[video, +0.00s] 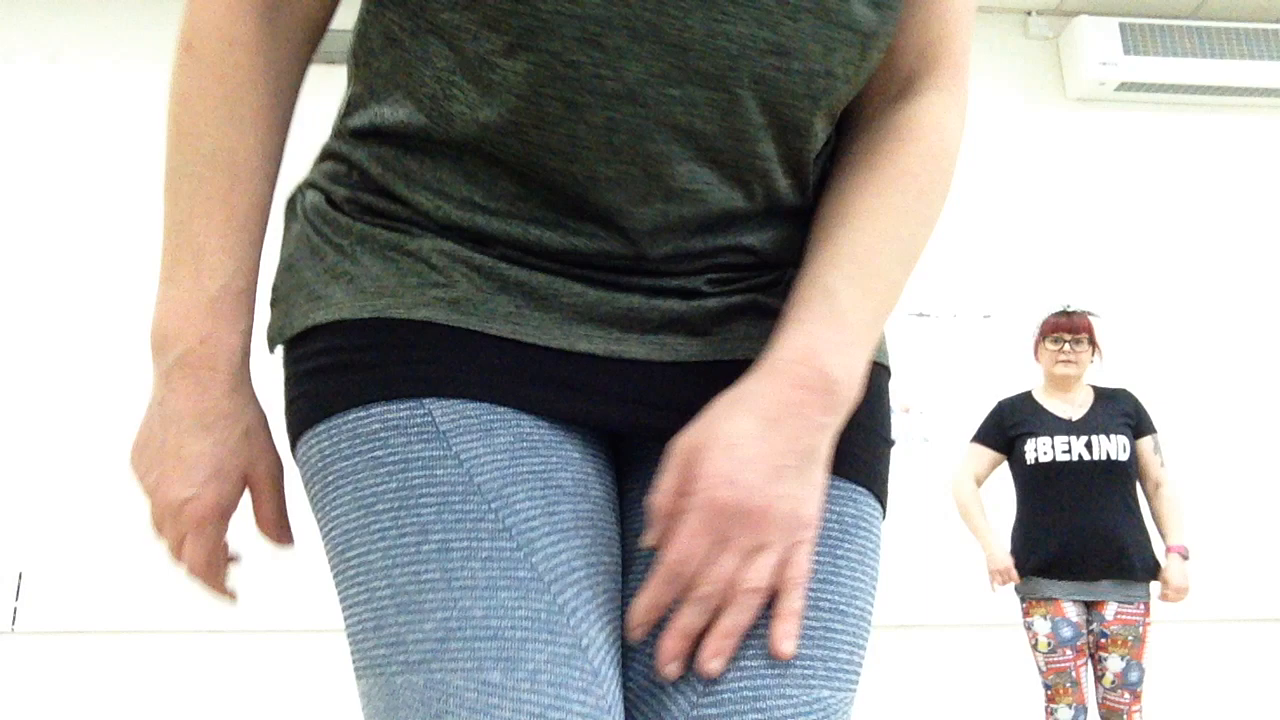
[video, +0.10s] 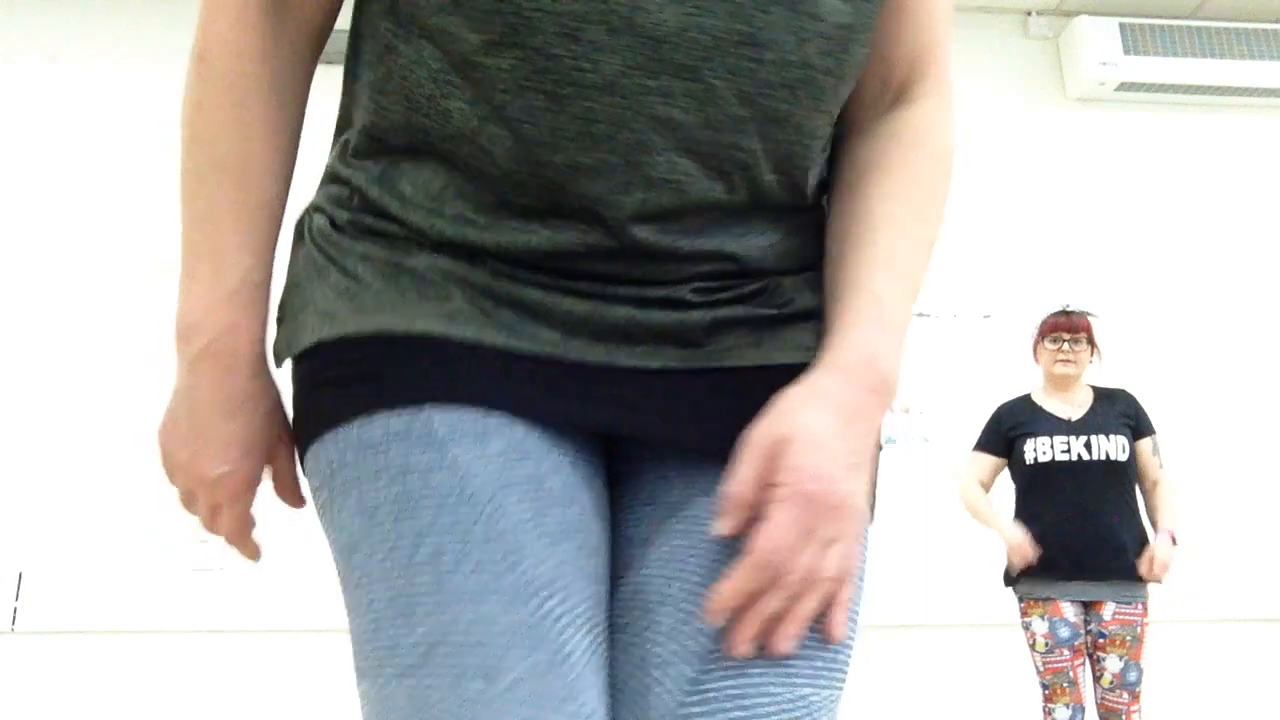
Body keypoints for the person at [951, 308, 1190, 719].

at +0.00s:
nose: (1068, 350)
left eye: (1079, 342)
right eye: (1057, 341)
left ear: (1092, 353)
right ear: (1039, 351)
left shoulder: (1123, 406)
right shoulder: (1013, 412)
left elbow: (1157, 485)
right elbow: (964, 482)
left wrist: (1176, 552)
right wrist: (992, 549)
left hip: (1123, 582)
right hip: (1047, 584)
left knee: (1122, 706)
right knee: (1066, 707)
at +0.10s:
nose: (1067, 350)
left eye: (1077, 342)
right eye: (1056, 341)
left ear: (1091, 353)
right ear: (1038, 351)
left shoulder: (1122, 406)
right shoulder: (1013, 415)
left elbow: (1154, 480)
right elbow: (972, 487)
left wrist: (1164, 536)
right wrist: (1007, 530)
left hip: (1121, 583)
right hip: (1046, 585)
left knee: (1121, 705)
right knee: (1064, 706)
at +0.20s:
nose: (1065, 351)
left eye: (1075, 343)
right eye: (1055, 342)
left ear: (1089, 355)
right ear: (1035, 352)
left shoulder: (1120, 407)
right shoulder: (1010, 417)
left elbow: (1156, 476)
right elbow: (976, 492)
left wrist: (1150, 498)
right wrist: (1011, 480)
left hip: (1117, 578)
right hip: (1042, 581)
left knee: (1119, 704)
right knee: (1061, 705)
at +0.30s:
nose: (1061, 353)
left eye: (1072, 345)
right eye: (1051, 344)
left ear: (1086, 357)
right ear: (1033, 354)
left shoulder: (1117, 407)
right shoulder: (1010, 415)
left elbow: (1171, 480)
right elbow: (974, 485)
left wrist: (1143, 443)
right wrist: (1009, 428)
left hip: (1114, 578)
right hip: (1039, 581)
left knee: (1117, 706)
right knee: (1059, 707)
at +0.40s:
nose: (1057, 355)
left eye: (1067, 348)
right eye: (1047, 347)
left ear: (1082, 357)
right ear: (1030, 357)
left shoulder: (1109, 408)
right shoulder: (1013, 412)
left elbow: (1165, 457)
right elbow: (975, 461)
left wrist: (1129, 397)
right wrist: (1006, 393)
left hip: (1110, 577)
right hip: (1035, 580)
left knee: (1114, 704)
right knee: (1057, 705)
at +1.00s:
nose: (1024, 361)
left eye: (1034, 354)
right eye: (1014, 354)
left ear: (1049, 365)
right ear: (997, 365)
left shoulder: (1079, 416)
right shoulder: (977, 423)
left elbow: (1130, 487)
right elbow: (933, 492)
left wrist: (1101, 428)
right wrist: (972, 430)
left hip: (1079, 580)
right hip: (1006, 584)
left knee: (1085, 705)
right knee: (1034, 708)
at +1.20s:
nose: (1020, 361)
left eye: (1030, 355)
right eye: (1009, 355)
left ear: (1045, 367)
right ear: (993, 368)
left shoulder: (1076, 417)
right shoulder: (971, 427)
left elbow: (1120, 496)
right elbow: (915, 492)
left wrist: (1105, 449)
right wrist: (957, 487)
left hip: (1077, 584)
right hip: (1004, 588)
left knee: (1082, 707)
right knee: (1032, 708)